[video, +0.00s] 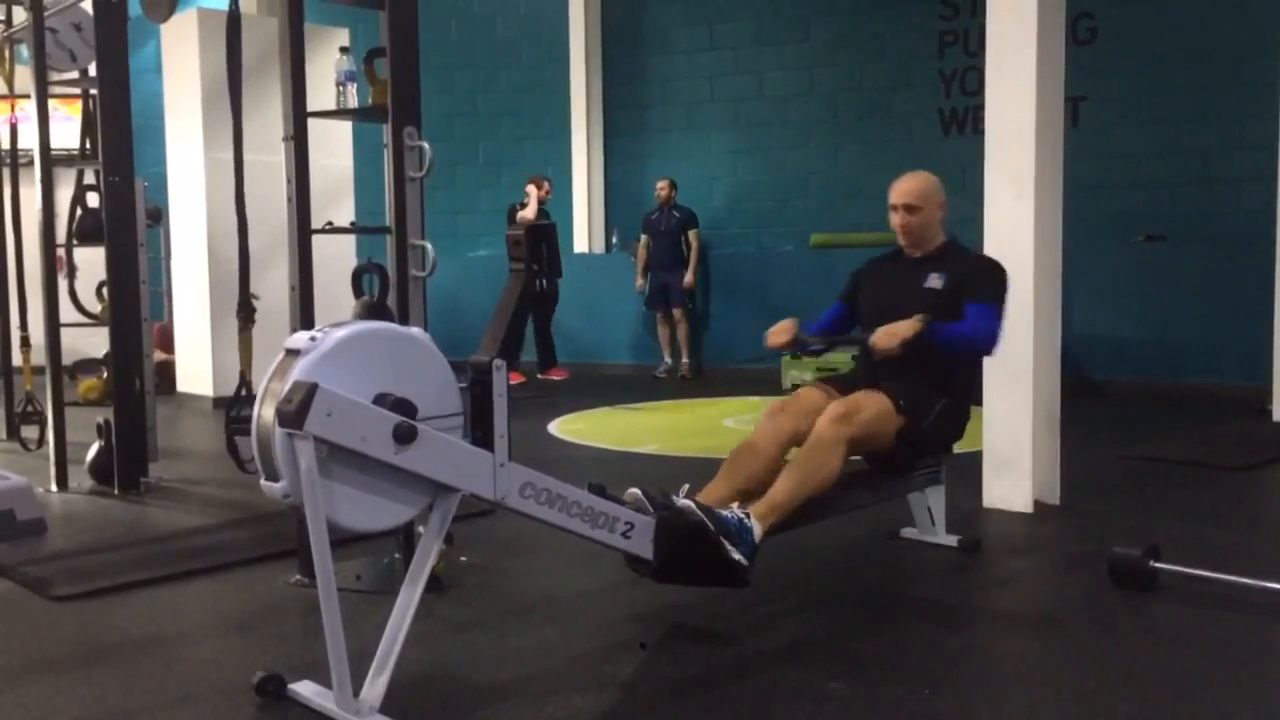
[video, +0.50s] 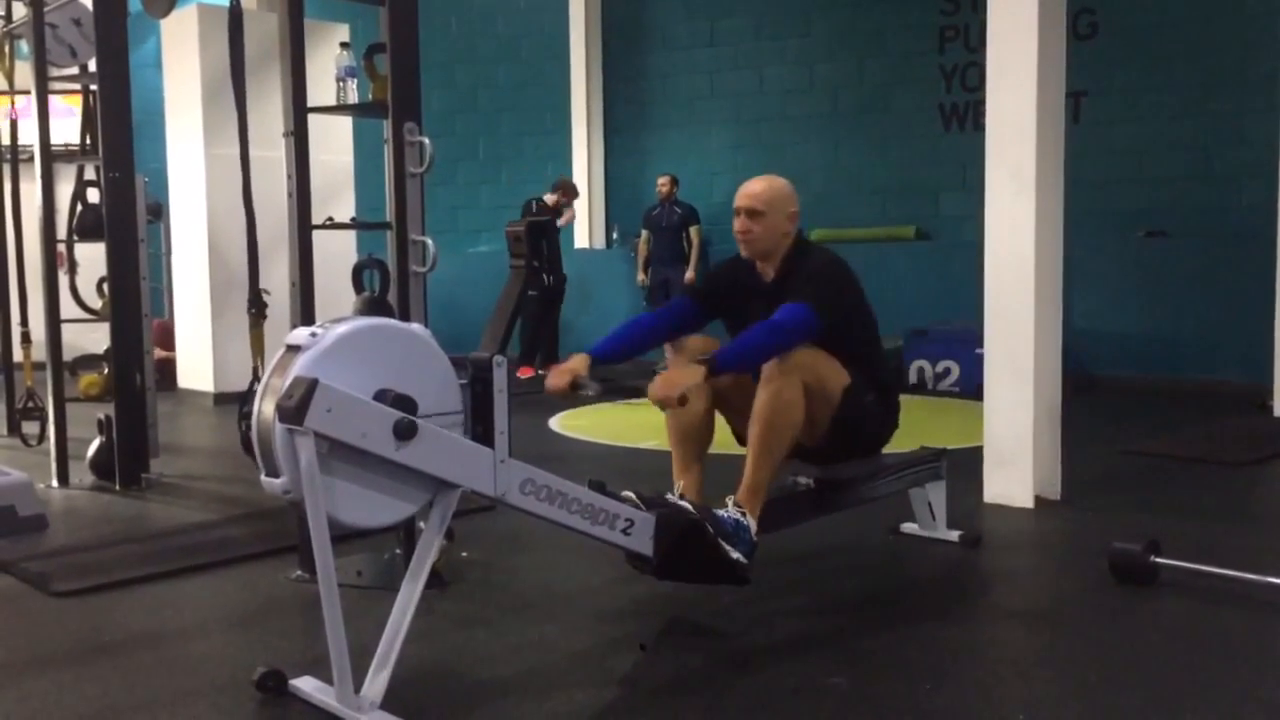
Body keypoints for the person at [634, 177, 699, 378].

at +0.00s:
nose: (658, 193)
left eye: (662, 189)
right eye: (657, 189)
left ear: (672, 192)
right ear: (656, 192)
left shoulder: (685, 215)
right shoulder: (650, 217)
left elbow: (694, 245)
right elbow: (643, 246)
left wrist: (690, 272)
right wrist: (640, 275)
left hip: (678, 273)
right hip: (656, 273)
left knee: (678, 315)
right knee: (661, 317)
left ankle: (685, 360)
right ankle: (666, 359)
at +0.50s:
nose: (659, 189)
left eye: (663, 185)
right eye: (658, 186)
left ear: (674, 188)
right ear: (656, 188)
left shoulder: (687, 211)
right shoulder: (650, 212)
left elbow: (695, 241)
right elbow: (643, 242)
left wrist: (691, 269)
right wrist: (640, 269)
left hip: (679, 270)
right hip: (656, 270)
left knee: (680, 312)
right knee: (660, 313)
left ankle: (681, 358)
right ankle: (667, 357)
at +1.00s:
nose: (661, 190)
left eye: (665, 186)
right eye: (660, 187)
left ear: (676, 189)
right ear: (658, 189)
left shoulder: (688, 212)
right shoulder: (652, 214)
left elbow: (696, 242)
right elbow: (644, 243)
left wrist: (692, 269)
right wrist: (642, 271)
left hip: (679, 270)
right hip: (658, 270)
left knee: (680, 312)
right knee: (663, 314)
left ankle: (686, 356)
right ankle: (668, 356)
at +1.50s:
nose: (660, 193)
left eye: (664, 189)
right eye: (659, 189)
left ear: (675, 192)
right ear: (657, 192)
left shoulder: (687, 215)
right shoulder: (651, 216)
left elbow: (696, 245)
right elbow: (644, 245)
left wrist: (691, 272)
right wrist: (641, 272)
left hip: (679, 272)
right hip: (657, 273)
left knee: (679, 314)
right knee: (661, 316)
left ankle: (685, 359)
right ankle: (667, 359)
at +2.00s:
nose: (659, 198)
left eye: (663, 195)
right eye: (658, 195)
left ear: (673, 198)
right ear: (656, 198)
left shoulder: (685, 220)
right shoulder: (649, 222)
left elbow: (694, 251)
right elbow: (642, 250)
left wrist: (689, 278)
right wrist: (639, 279)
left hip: (677, 279)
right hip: (655, 279)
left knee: (676, 323)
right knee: (657, 323)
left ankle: (678, 369)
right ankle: (665, 367)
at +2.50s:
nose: (659, 201)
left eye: (663, 198)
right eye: (657, 198)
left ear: (673, 200)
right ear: (656, 200)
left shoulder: (685, 223)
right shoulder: (649, 224)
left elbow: (694, 253)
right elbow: (642, 254)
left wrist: (689, 280)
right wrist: (640, 282)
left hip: (677, 281)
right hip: (655, 281)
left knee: (677, 323)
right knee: (660, 324)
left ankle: (683, 367)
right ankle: (666, 367)